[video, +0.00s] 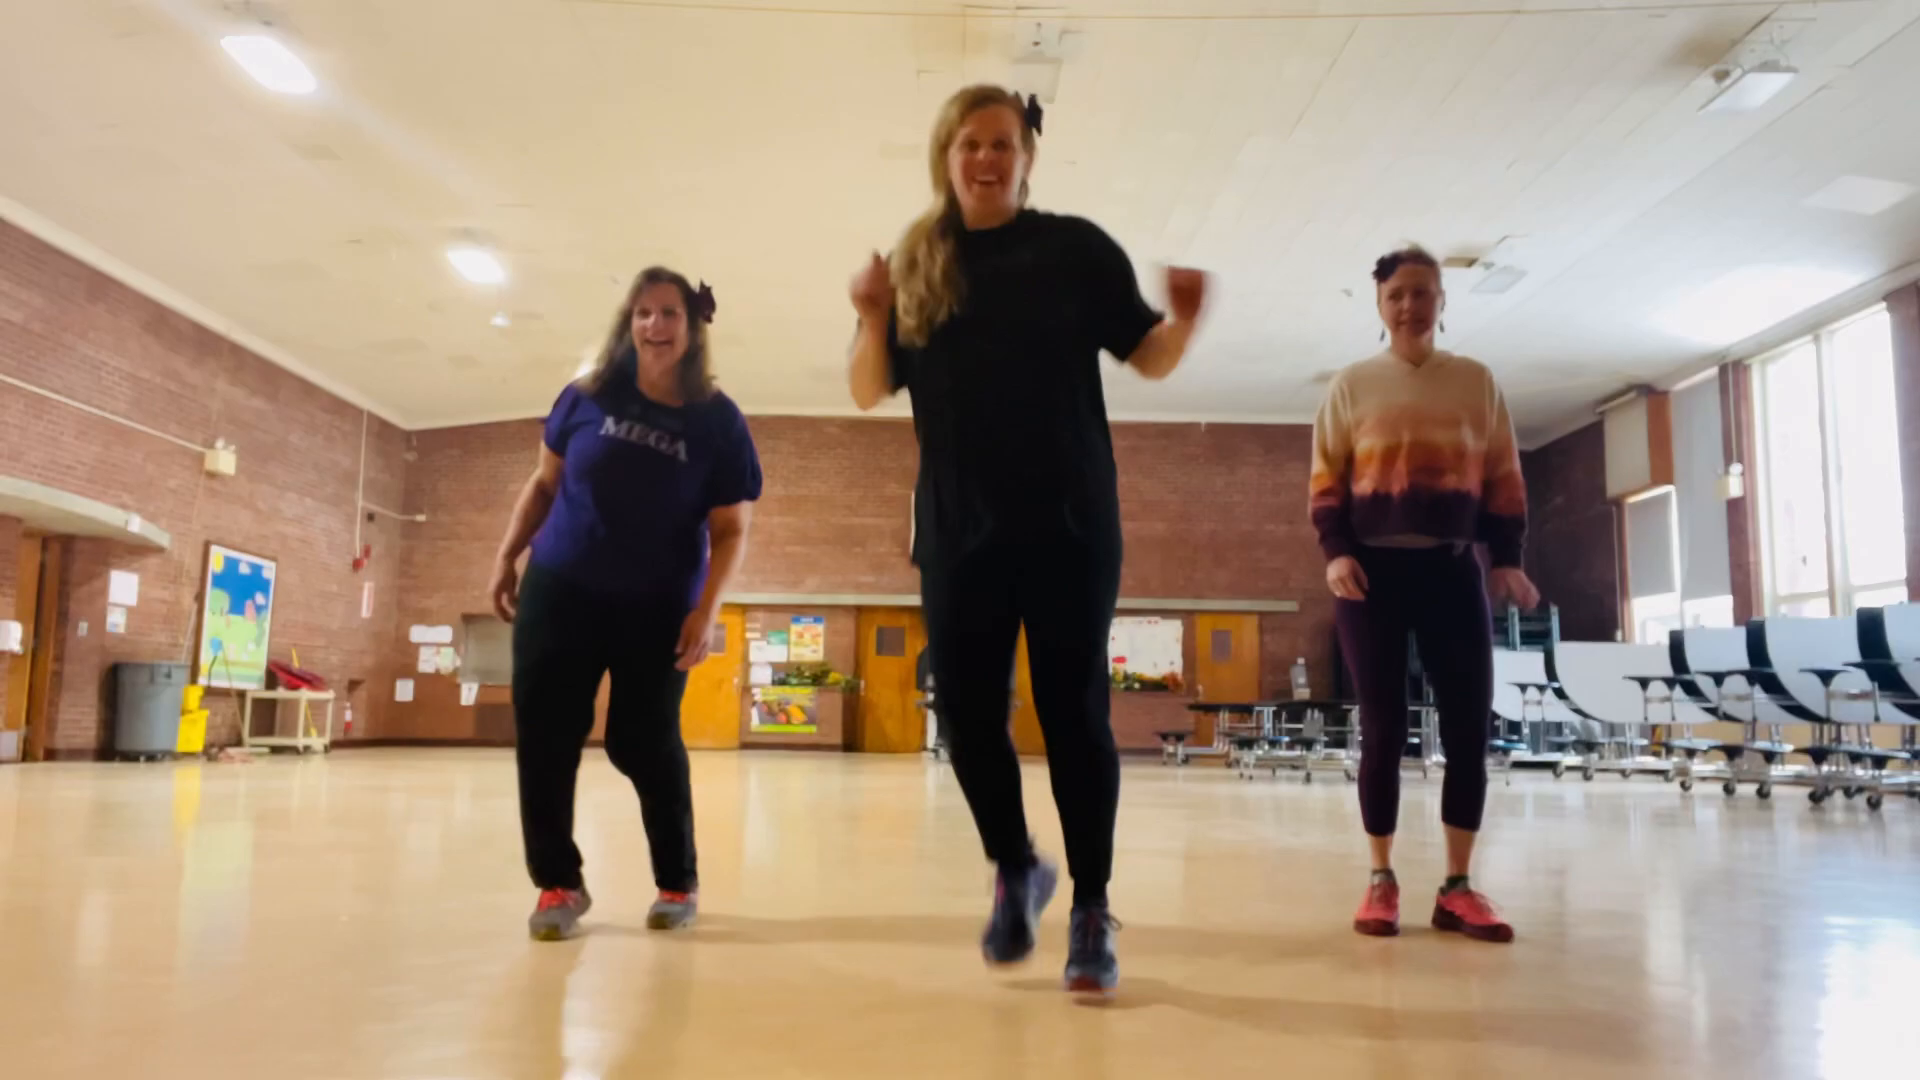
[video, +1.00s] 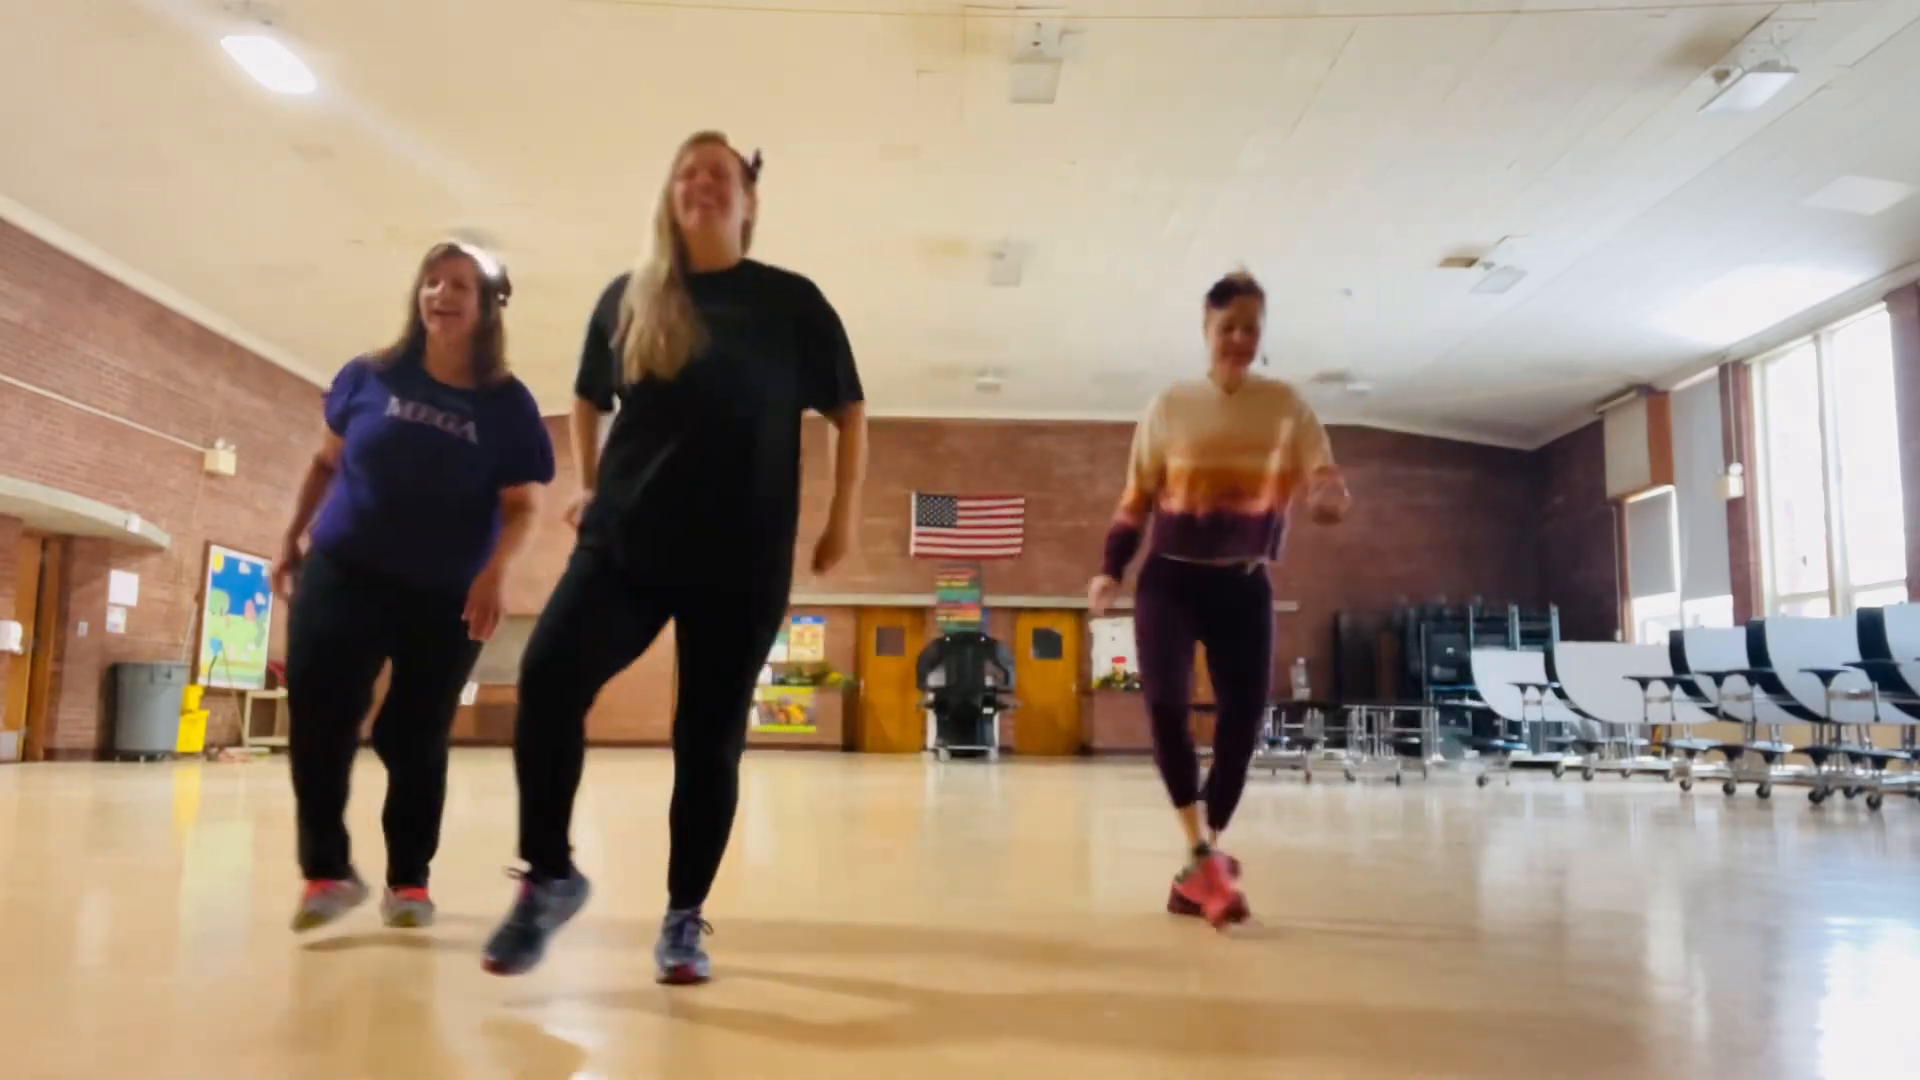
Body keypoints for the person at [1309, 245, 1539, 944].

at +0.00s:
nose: (1412, 305)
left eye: (1422, 293)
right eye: (1398, 294)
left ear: (1441, 301)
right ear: (1379, 304)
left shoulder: (1476, 381)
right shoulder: (1349, 387)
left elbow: (1505, 479)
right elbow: (1326, 484)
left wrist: (1507, 560)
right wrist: (1335, 552)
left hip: (1454, 576)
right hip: (1373, 576)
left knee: (1468, 731)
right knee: (1382, 730)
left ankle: (1457, 888)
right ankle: (1381, 881)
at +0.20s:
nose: (1417, 305)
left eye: (1429, 294)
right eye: (1404, 295)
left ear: (1448, 302)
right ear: (1386, 306)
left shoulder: (1485, 385)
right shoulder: (1355, 387)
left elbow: (1524, 479)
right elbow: (1326, 476)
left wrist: (1502, 561)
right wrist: (1327, 545)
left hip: (1449, 573)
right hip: (1367, 570)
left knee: (1470, 726)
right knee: (1361, 694)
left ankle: (1457, 886)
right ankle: (1342, 823)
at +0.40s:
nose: (1410, 311)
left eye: (1421, 300)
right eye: (1397, 301)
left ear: (1439, 309)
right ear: (1377, 309)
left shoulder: (1467, 393)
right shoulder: (1344, 389)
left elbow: (1499, 479)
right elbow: (1306, 474)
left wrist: (1487, 552)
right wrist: (1291, 543)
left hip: (1422, 576)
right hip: (1343, 570)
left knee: (1482, 725)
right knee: (1295, 707)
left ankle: (1459, 880)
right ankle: (1223, 844)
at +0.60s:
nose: (1373, 319)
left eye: (1385, 309)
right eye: (1362, 306)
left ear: (1398, 319)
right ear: (1338, 310)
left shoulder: (1402, 402)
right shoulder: (1290, 382)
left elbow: (1412, 504)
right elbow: (1241, 468)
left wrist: (1461, 535)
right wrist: (1225, 534)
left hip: (1356, 576)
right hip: (1279, 569)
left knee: (1415, 714)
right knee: (1272, 723)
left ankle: (1451, 876)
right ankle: (1263, 881)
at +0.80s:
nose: (1300, 320)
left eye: (1312, 309)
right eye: (1290, 307)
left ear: (1324, 317)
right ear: (1267, 308)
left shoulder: (1333, 396)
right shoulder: (1223, 386)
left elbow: (1350, 482)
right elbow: (1185, 479)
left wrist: (1386, 447)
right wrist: (1173, 555)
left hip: (1289, 570)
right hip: (1219, 567)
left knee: (1330, 719)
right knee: (1238, 720)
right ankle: (1256, 875)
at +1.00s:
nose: (1241, 339)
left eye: (1251, 328)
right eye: (1229, 326)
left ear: (1264, 333)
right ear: (1206, 327)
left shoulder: (1287, 407)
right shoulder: (1169, 407)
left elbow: (1328, 503)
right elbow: (1136, 502)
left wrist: (1329, 500)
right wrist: (1110, 570)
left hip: (1243, 583)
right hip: (1168, 579)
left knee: (1241, 723)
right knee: (1166, 710)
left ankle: (1198, 866)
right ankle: (1204, 855)